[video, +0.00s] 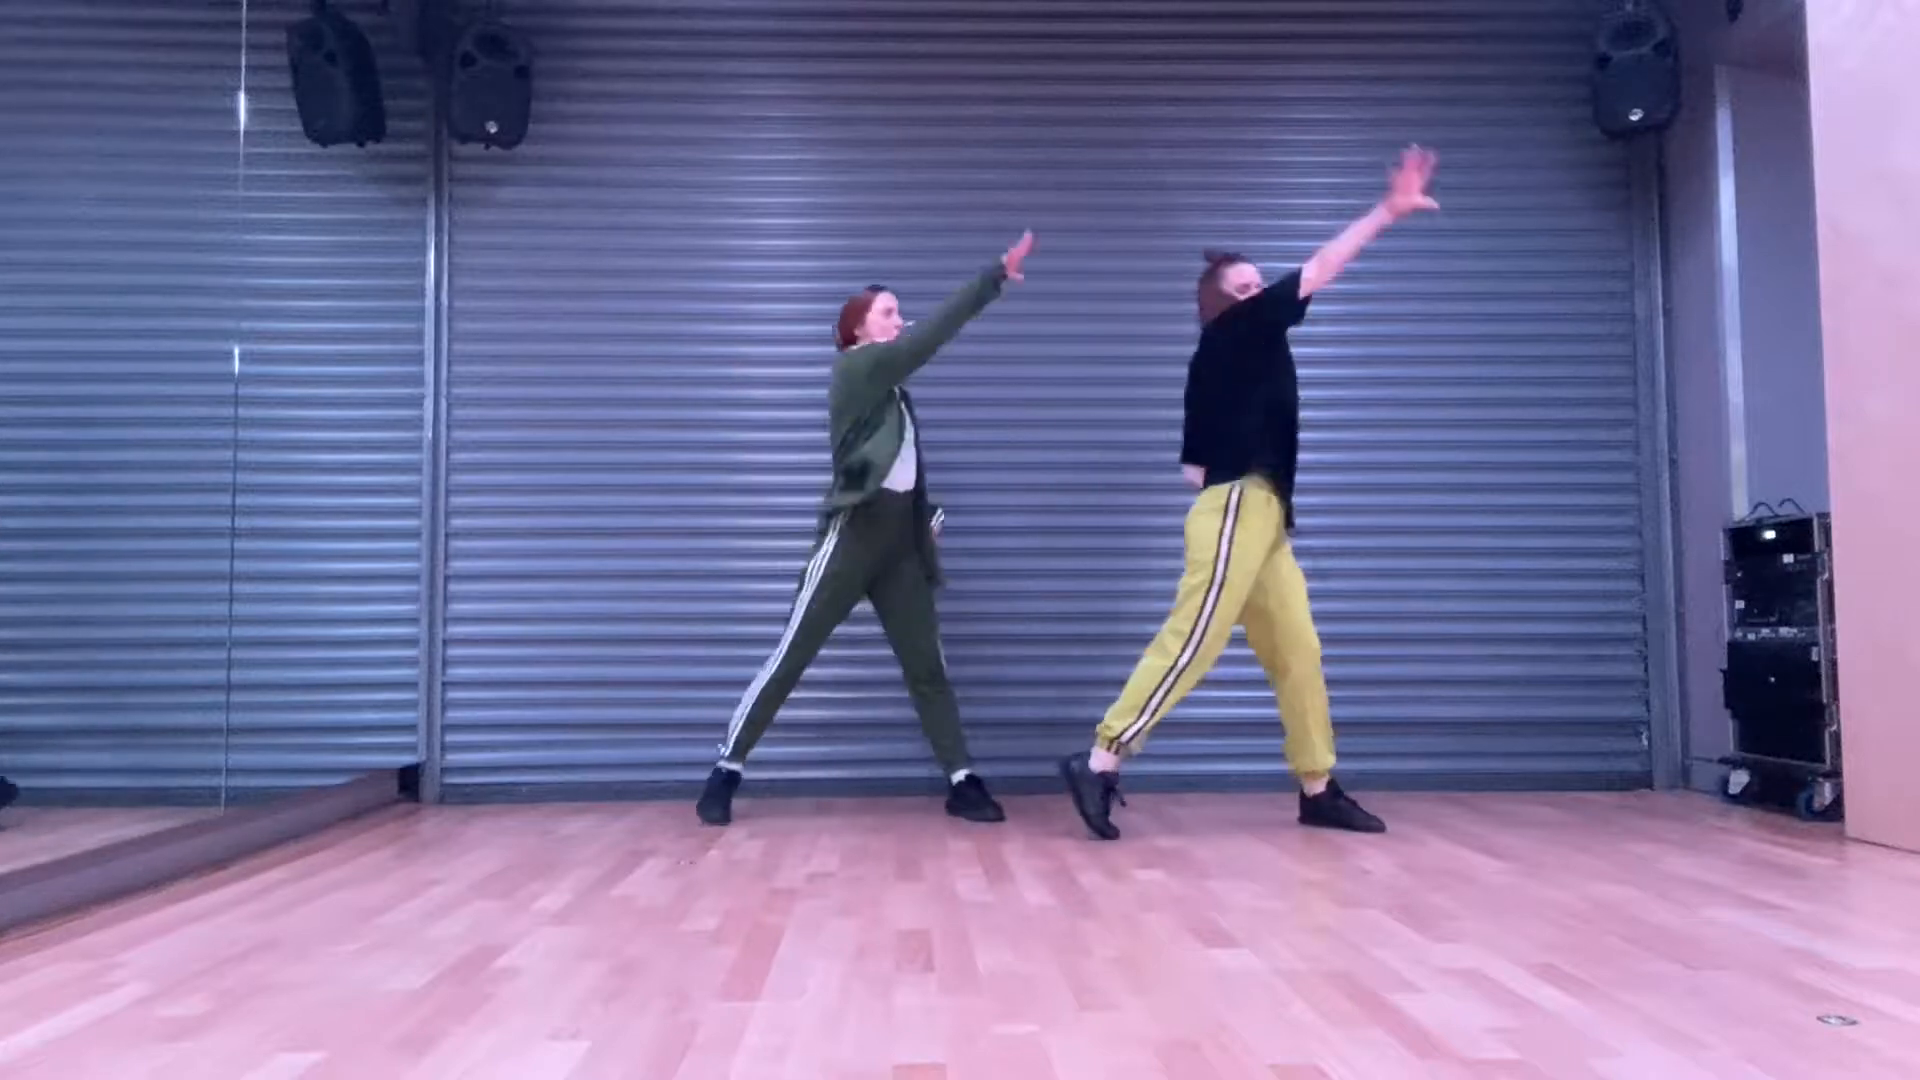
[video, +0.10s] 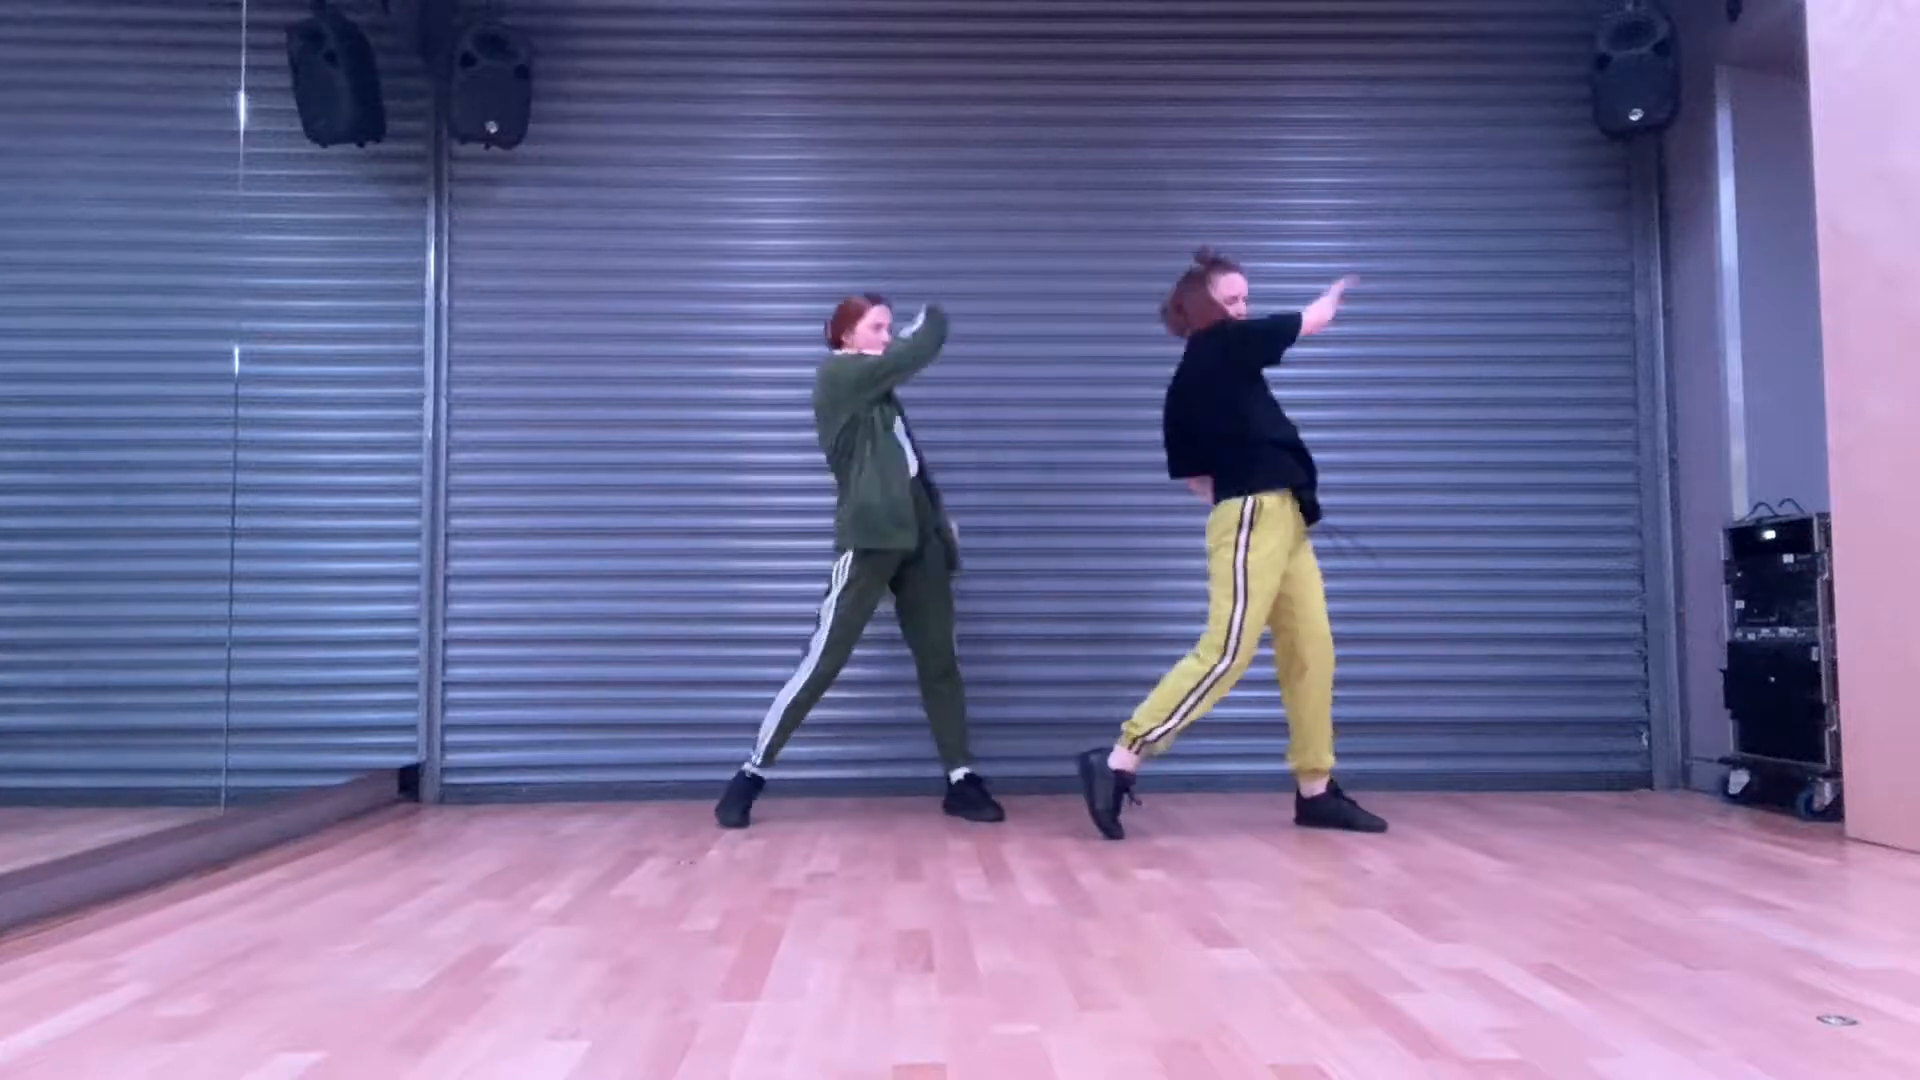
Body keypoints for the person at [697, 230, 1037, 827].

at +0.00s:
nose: (900, 322)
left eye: (899, 315)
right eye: (888, 314)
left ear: (887, 326)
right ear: (857, 327)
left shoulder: (891, 380)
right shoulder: (854, 367)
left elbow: (900, 466)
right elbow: (925, 337)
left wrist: (925, 517)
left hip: (902, 533)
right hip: (854, 528)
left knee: (927, 667)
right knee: (793, 654)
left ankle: (961, 780)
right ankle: (727, 770)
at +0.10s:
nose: (888, 337)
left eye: (889, 329)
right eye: (878, 328)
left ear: (881, 334)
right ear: (847, 334)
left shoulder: (881, 387)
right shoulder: (836, 375)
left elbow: (909, 468)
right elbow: (906, 356)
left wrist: (938, 523)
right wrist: (930, 318)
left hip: (921, 536)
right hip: (870, 537)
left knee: (939, 663)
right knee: (823, 662)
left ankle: (961, 779)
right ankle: (750, 777)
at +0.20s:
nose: (873, 360)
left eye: (877, 352)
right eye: (862, 351)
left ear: (878, 360)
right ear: (834, 356)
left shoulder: (876, 409)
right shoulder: (822, 398)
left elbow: (912, 477)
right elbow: (906, 415)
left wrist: (952, 526)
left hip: (930, 547)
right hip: (875, 551)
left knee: (952, 666)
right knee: (849, 678)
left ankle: (964, 782)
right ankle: (771, 781)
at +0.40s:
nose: (853, 373)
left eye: (861, 364)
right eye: (843, 364)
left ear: (872, 374)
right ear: (825, 374)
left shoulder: (874, 431)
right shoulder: (816, 427)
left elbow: (890, 513)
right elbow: (769, 488)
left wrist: (917, 548)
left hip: (874, 582)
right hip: (817, 583)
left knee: (956, 657)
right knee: (792, 693)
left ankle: (956, 785)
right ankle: (742, 790)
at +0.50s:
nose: (840, 373)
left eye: (849, 364)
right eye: (830, 367)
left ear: (866, 376)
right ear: (817, 380)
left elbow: (896, 521)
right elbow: (731, 482)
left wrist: (866, 519)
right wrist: (660, 507)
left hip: (856, 588)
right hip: (788, 586)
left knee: (938, 659)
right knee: (770, 696)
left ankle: (955, 784)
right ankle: (743, 790)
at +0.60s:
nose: (835, 363)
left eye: (844, 354)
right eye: (826, 357)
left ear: (865, 362)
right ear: (816, 367)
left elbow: (855, 485)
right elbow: (736, 479)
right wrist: (670, 491)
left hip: (839, 570)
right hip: (770, 567)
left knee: (910, 660)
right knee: (748, 675)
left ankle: (945, 783)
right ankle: (744, 787)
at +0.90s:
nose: (818, 360)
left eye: (829, 351)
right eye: (812, 352)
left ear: (854, 362)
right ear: (806, 363)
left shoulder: (871, 408)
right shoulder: (801, 421)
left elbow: (884, 480)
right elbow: (778, 503)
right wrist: (716, 525)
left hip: (873, 564)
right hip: (819, 568)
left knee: (891, 692)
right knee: (749, 663)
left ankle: (958, 783)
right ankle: (748, 789)